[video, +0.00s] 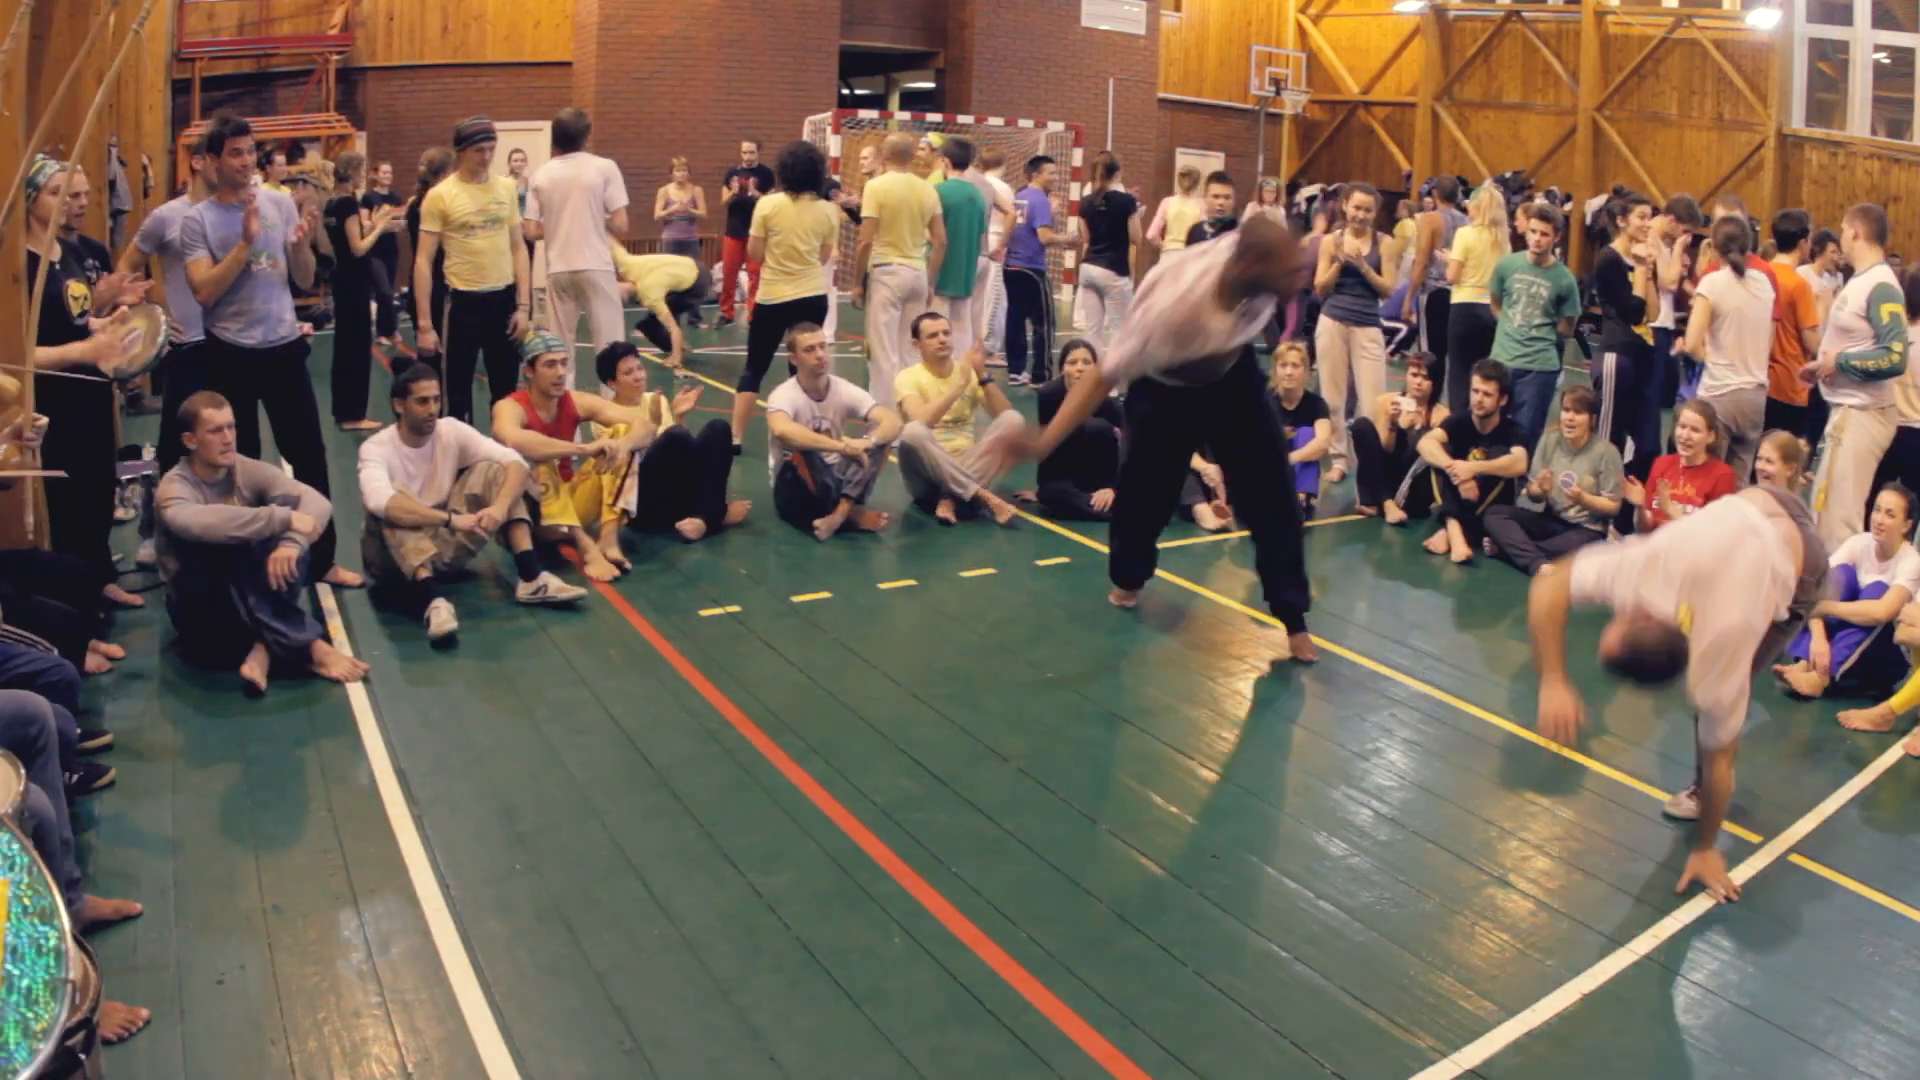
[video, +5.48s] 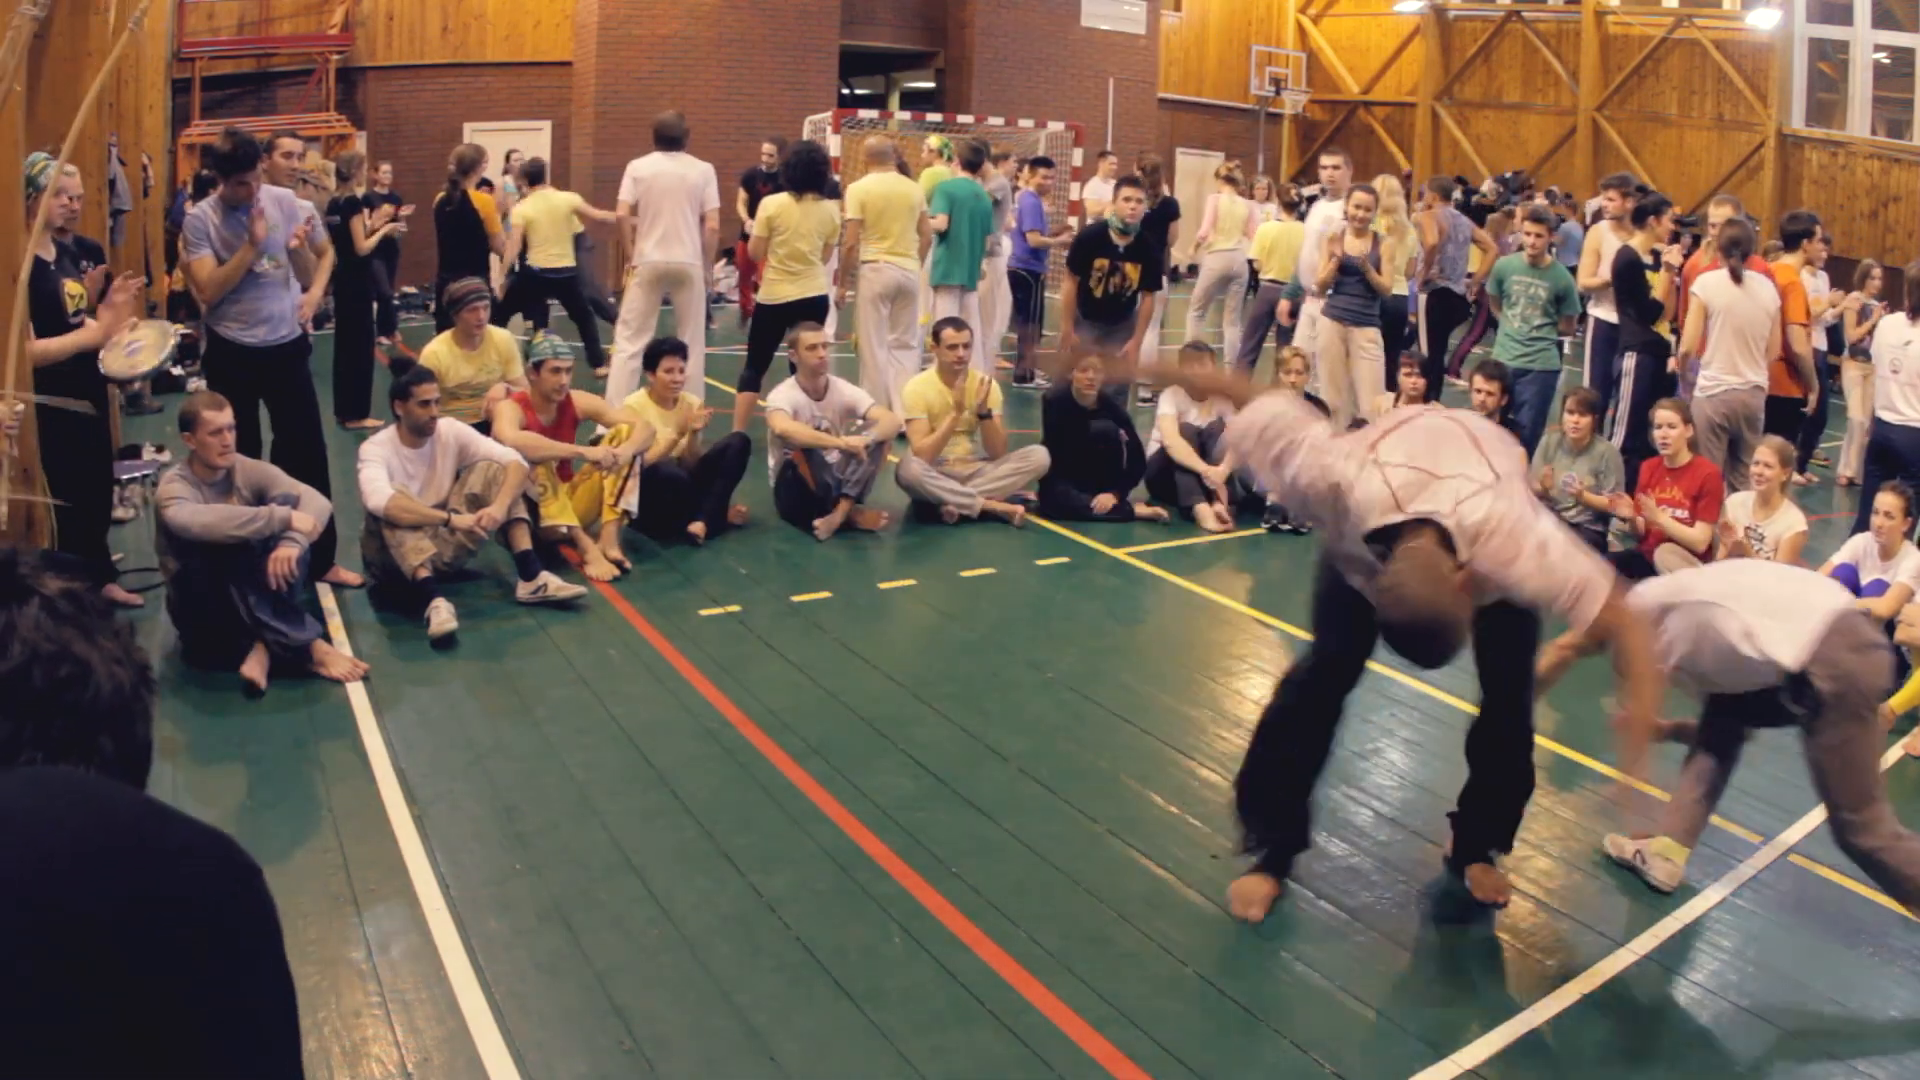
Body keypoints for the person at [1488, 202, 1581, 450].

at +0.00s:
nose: (1537, 239)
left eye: (1544, 234)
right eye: (1533, 232)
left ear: (1556, 238)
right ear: (1526, 232)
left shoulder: (1565, 279)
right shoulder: (1505, 265)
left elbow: (1567, 328)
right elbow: (1495, 307)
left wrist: (1537, 332)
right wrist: (1516, 327)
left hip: (1540, 362)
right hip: (1502, 356)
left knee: (1525, 433)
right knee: (1491, 427)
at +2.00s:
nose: (1533, 241)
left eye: (1540, 236)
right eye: (1529, 234)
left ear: (1552, 239)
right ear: (1522, 234)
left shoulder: (1563, 280)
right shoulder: (1504, 266)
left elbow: (1568, 324)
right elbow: (1495, 306)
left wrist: (1539, 331)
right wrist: (1514, 327)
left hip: (1541, 360)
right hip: (1503, 355)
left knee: (1527, 431)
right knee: (1492, 424)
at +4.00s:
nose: (1532, 242)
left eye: (1539, 236)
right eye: (1527, 234)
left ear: (1550, 238)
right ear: (1520, 234)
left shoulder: (1561, 277)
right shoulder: (1504, 266)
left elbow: (1566, 327)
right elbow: (1493, 305)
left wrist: (1537, 329)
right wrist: (1515, 324)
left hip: (1540, 362)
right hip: (1504, 357)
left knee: (1526, 432)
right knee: (1494, 427)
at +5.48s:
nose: (1531, 241)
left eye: (1538, 236)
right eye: (1527, 234)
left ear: (1551, 239)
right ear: (1521, 235)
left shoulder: (1562, 278)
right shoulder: (1503, 266)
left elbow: (1568, 325)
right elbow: (1495, 306)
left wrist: (1539, 329)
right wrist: (1515, 326)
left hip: (1540, 362)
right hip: (1503, 356)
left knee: (1526, 434)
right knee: (1491, 426)